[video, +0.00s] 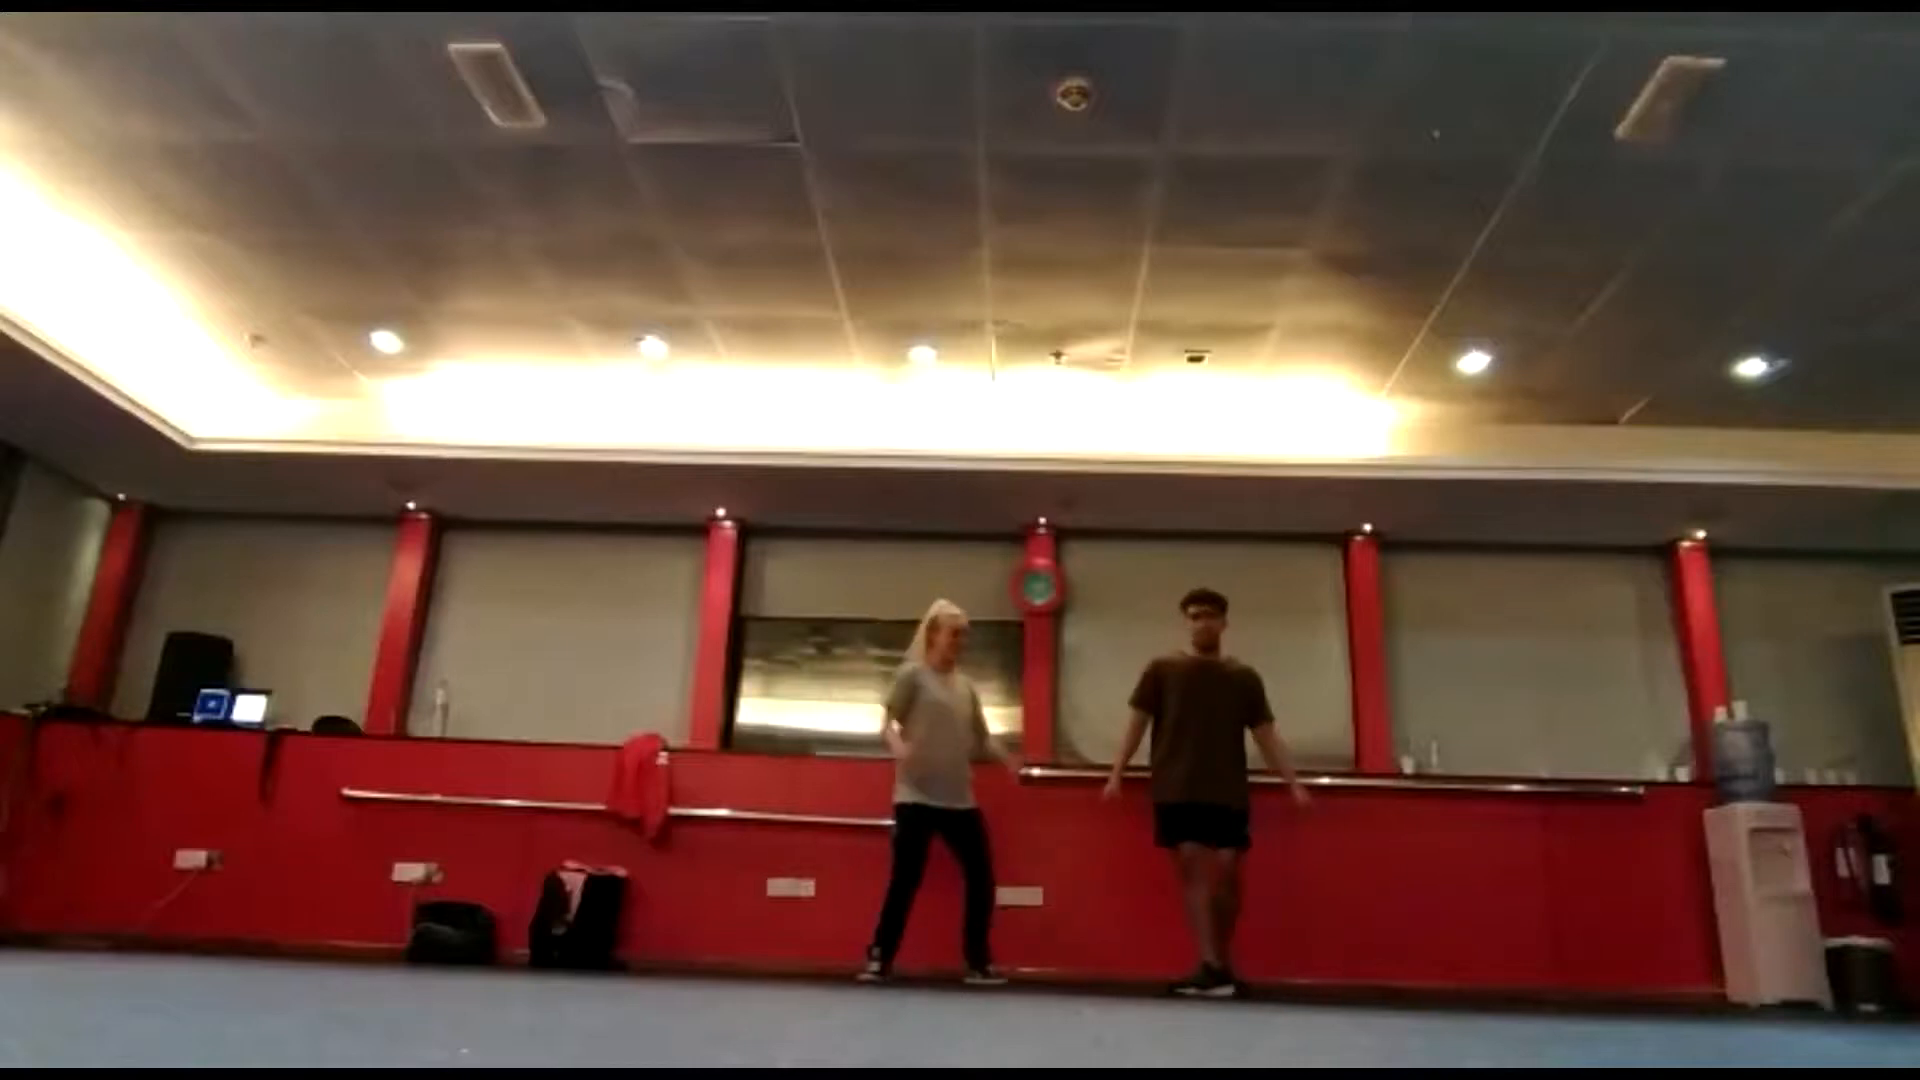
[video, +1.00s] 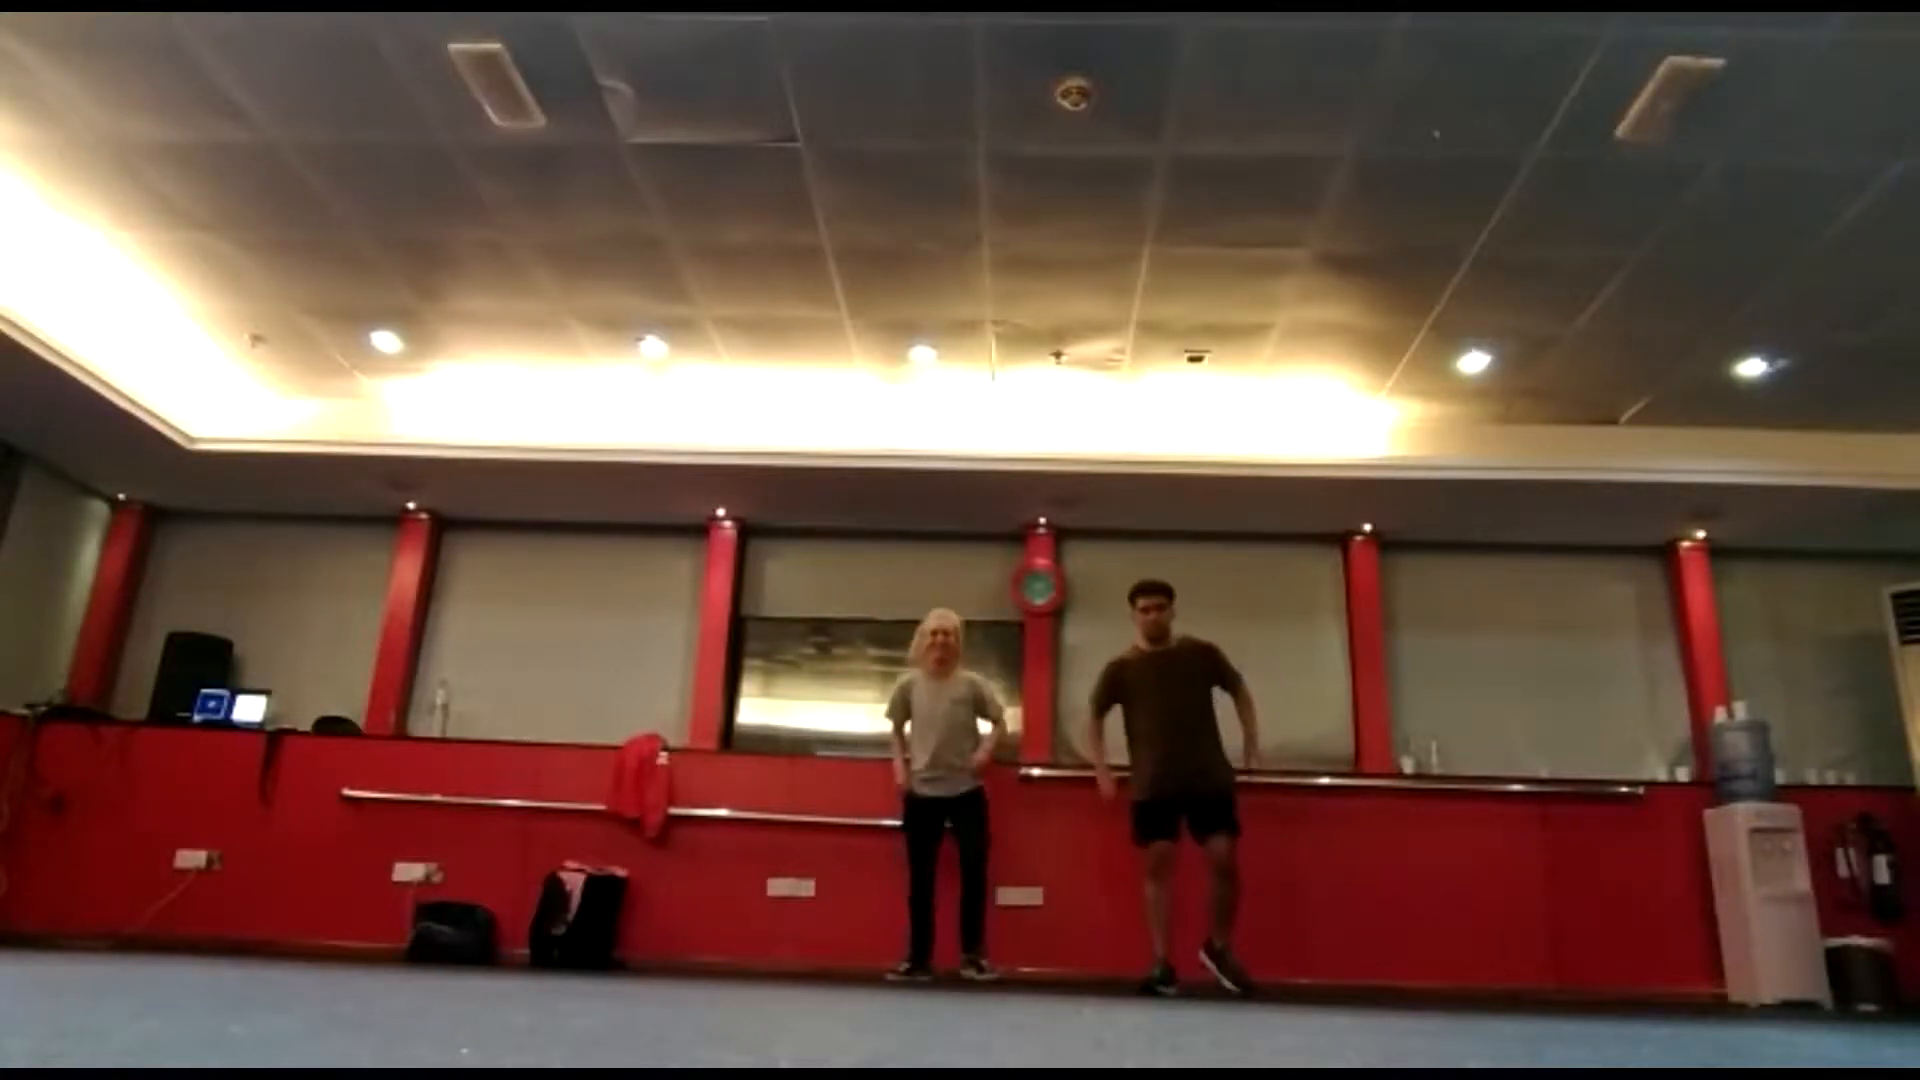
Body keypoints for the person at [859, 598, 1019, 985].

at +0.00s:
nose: (958, 640)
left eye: (962, 633)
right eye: (952, 632)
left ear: (965, 638)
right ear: (932, 634)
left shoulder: (965, 687)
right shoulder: (912, 677)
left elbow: (980, 741)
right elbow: (889, 721)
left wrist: (1007, 757)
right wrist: (899, 747)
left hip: (958, 801)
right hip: (916, 798)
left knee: (981, 878)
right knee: (905, 880)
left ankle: (978, 962)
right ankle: (880, 957)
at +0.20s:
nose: (972, 643)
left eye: (979, 635)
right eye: (965, 635)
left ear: (992, 642)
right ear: (954, 640)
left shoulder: (997, 690)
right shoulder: (936, 680)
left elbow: (1001, 744)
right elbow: (918, 733)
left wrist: (976, 767)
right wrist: (911, 778)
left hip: (975, 801)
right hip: (931, 797)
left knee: (986, 882)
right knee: (910, 878)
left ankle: (977, 962)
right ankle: (884, 955)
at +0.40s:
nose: (975, 636)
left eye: (982, 629)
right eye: (968, 628)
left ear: (994, 634)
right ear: (958, 633)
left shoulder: (1005, 682)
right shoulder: (939, 673)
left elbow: (1013, 731)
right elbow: (918, 721)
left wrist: (983, 739)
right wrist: (910, 762)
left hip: (975, 793)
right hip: (929, 787)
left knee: (976, 881)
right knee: (905, 869)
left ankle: (977, 962)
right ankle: (897, 948)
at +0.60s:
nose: (961, 653)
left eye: (969, 646)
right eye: (955, 645)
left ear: (980, 652)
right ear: (943, 650)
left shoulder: (992, 697)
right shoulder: (927, 694)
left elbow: (1007, 747)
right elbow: (911, 741)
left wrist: (983, 791)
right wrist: (904, 784)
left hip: (966, 809)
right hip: (922, 807)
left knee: (975, 888)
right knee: (908, 884)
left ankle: (977, 963)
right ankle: (915, 958)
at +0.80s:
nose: (941, 655)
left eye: (948, 648)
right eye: (934, 648)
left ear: (960, 655)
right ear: (923, 654)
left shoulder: (974, 702)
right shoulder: (911, 703)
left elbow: (1002, 739)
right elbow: (904, 748)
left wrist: (979, 774)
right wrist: (902, 783)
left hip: (961, 801)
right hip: (918, 802)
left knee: (972, 882)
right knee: (906, 883)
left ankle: (977, 963)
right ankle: (917, 960)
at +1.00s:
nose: (940, 641)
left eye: (947, 634)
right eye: (933, 634)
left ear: (958, 641)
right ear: (921, 640)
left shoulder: (972, 685)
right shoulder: (909, 686)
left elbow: (998, 721)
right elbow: (896, 728)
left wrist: (985, 752)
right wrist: (901, 767)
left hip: (966, 790)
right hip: (922, 791)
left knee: (973, 878)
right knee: (921, 881)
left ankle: (973, 956)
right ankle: (918, 959)